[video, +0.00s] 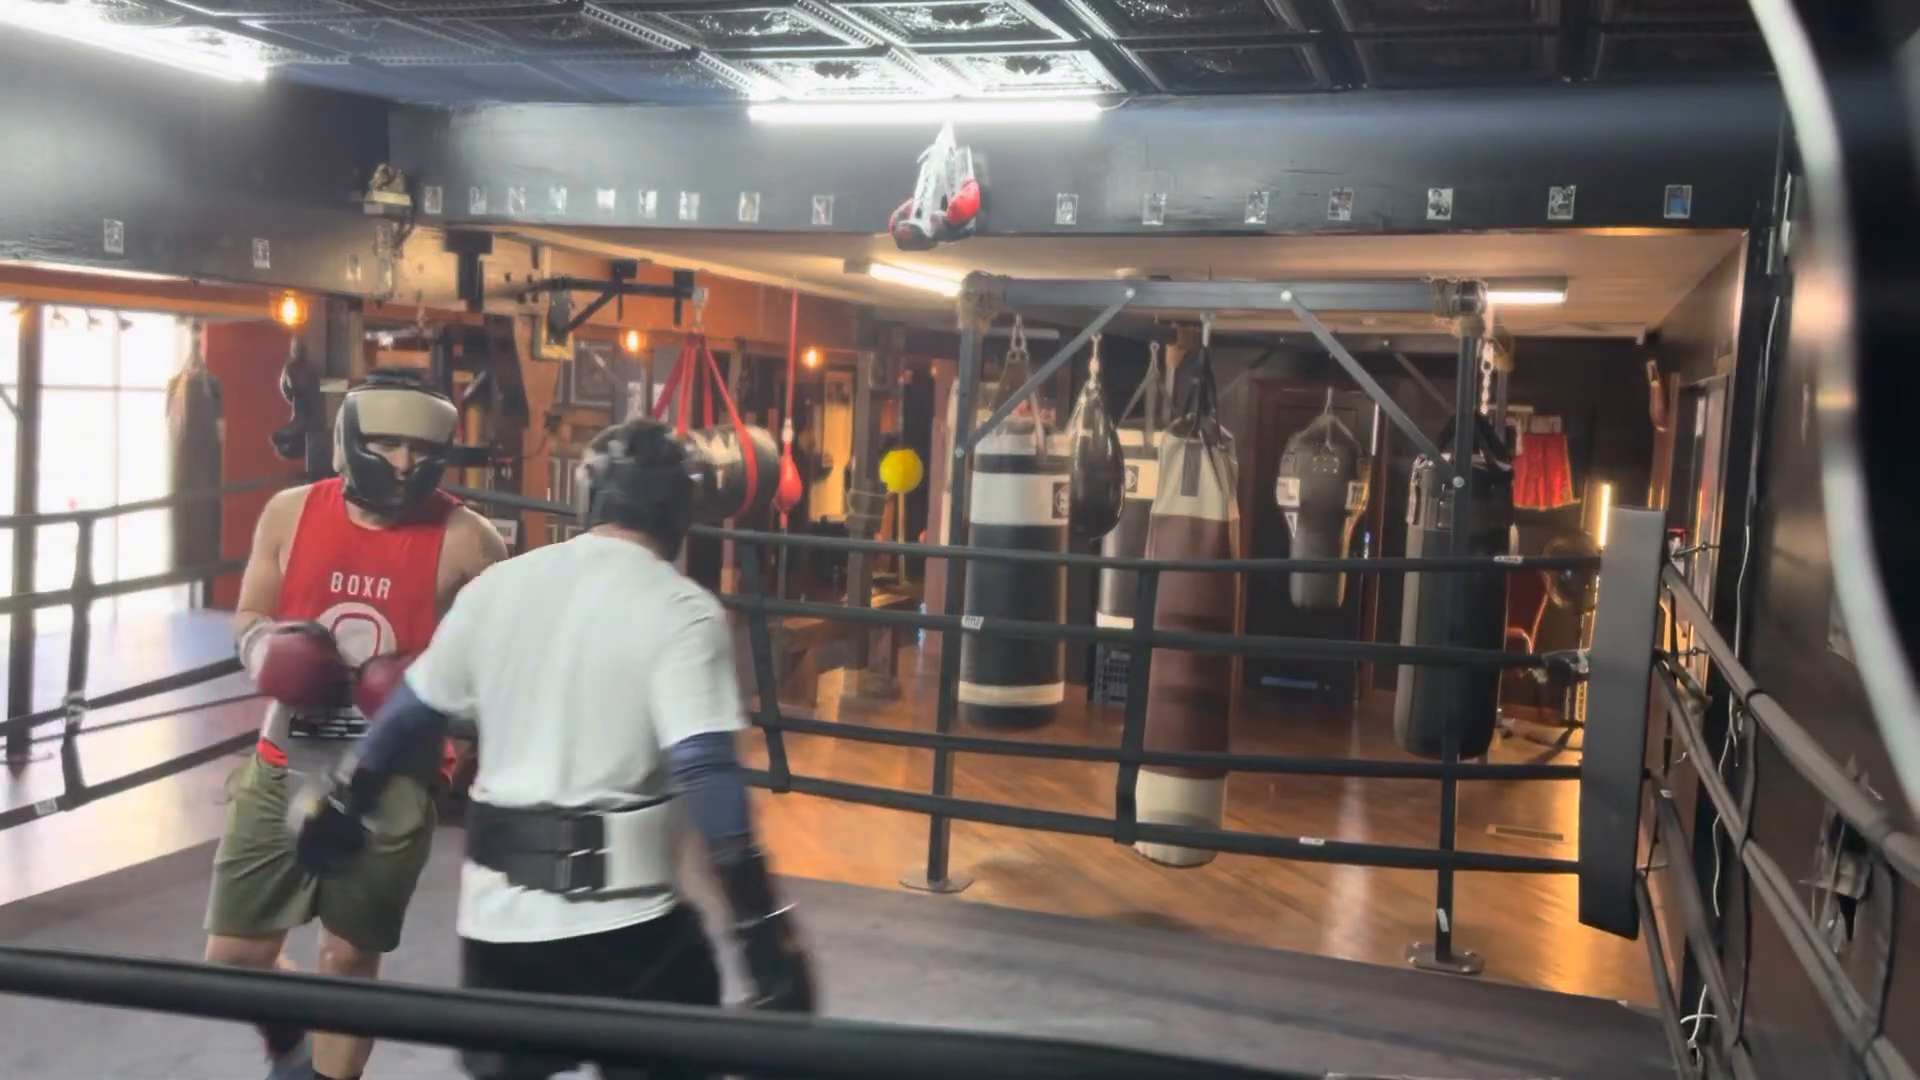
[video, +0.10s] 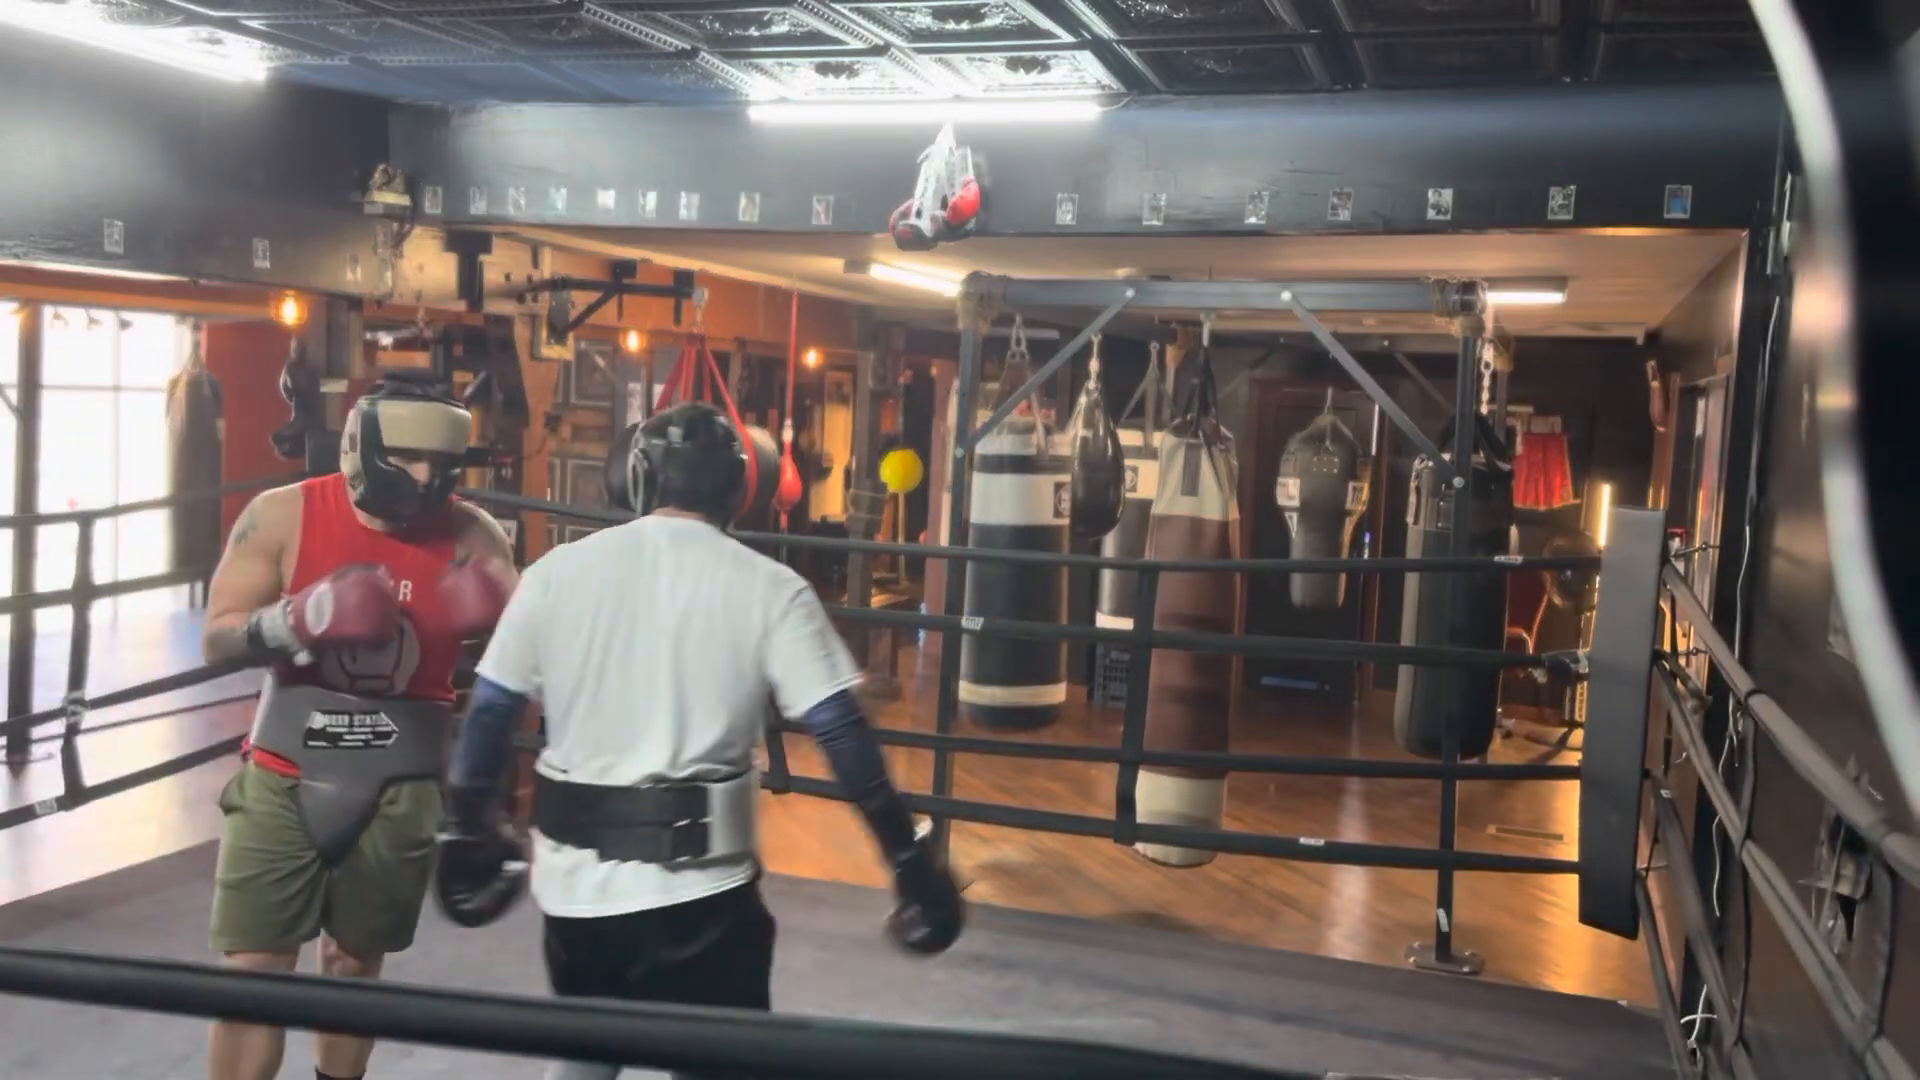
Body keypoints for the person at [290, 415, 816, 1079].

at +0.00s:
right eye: (694, 515)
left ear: (592, 504)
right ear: (680, 518)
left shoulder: (496, 587)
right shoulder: (680, 608)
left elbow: (409, 711)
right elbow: (706, 772)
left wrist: (347, 804)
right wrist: (762, 926)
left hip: (499, 935)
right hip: (628, 935)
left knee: (503, 1067)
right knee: (695, 1066)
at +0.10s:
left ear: (635, 482)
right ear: (734, 495)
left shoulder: (556, 573)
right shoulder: (768, 587)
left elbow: (488, 714)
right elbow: (841, 729)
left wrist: (468, 831)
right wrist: (909, 858)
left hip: (575, 898)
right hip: (702, 900)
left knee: (586, 1050)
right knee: (718, 1064)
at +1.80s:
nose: (751, 558)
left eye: (756, 543)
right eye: (744, 546)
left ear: (796, 526)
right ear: (796, 525)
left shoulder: (861, 563)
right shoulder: (808, 572)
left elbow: (848, 667)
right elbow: (800, 683)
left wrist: (771, 600)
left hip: (897, 800)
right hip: (856, 796)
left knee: (810, 998)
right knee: (867, 973)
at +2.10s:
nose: (746, 557)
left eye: (752, 540)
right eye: (741, 542)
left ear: (786, 525)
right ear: (786, 523)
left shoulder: (844, 569)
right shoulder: (815, 566)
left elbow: (768, 692)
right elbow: (754, 678)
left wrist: (733, 611)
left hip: (854, 818)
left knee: (797, 1006)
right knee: (865, 981)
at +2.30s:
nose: (713, 576)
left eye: (720, 562)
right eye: (707, 564)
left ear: (760, 546)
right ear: (760, 545)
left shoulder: (844, 585)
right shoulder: (778, 582)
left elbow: (798, 712)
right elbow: (737, 688)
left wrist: (723, 629)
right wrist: (650, 651)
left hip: (864, 824)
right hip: (821, 815)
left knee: (797, 1015)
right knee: (880, 983)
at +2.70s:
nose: (642, 566)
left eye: (646, 548)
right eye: (635, 552)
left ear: (692, 531)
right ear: (695, 527)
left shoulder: (754, 573)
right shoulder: (770, 553)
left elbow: (639, 677)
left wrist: (566, 627)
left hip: (809, 829)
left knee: (787, 1016)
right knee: (795, 1010)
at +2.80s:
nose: (641, 565)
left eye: (644, 548)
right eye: (632, 552)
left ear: (685, 525)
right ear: (691, 519)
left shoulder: (738, 571)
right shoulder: (772, 554)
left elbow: (654, 696)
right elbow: (680, 684)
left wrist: (585, 632)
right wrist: (623, 626)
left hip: (785, 832)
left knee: (740, 1020)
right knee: (762, 1018)